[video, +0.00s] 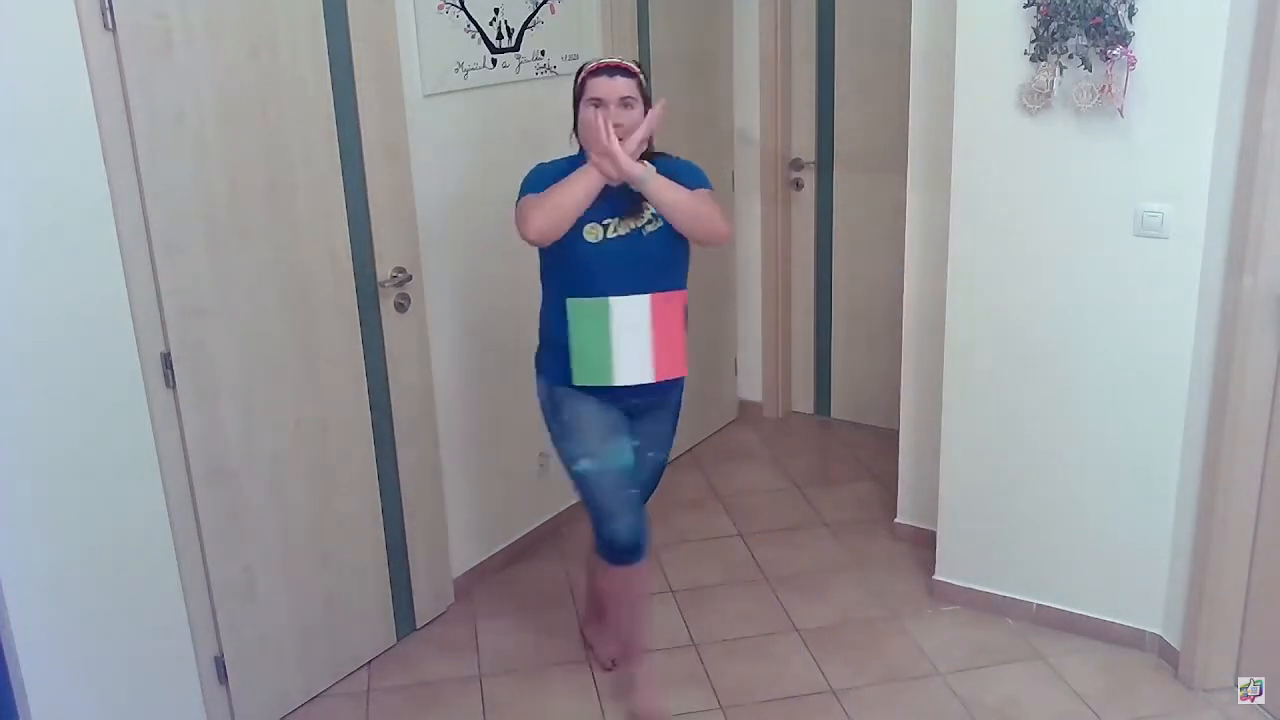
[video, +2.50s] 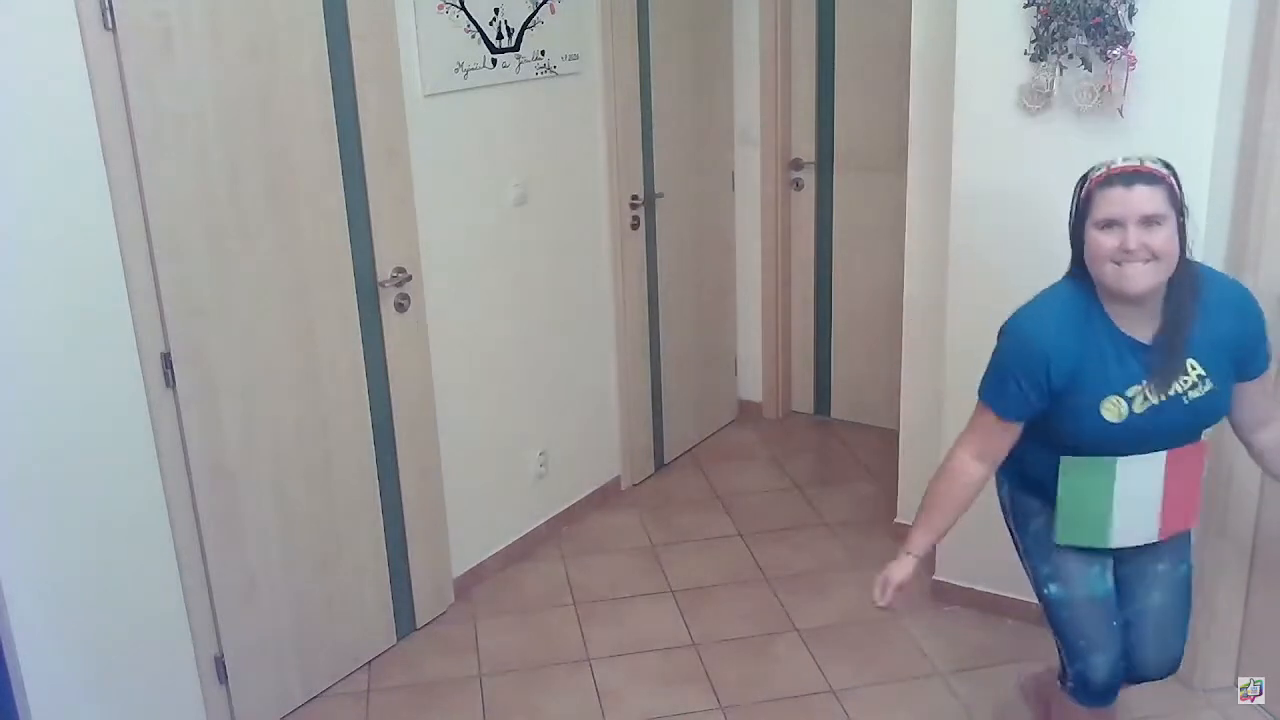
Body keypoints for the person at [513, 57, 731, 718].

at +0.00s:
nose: (611, 117)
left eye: (625, 105)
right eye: (596, 106)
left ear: (647, 114)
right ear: (577, 116)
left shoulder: (676, 173)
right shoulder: (552, 177)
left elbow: (715, 229)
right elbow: (536, 227)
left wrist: (634, 171)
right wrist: (606, 163)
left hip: (658, 382)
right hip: (575, 383)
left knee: (621, 521)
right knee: (625, 532)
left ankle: (598, 616)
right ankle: (635, 670)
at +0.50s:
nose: (707, 104)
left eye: (720, 93)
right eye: (690, 93)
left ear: (740, 106)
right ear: (667, 108)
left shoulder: (770, 166)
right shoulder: (641, 175)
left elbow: (812, 211)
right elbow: (623, 221)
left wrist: (729, 154)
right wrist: (701, 153)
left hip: (763, 393)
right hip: (672, 400)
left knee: (787, 541)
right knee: (703, 549)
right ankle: (710, 676)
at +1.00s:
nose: (855, 131)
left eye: (870, 118)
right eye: (838, 117)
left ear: (893, 135)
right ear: (814, 132)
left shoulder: (918, 209)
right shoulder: (786, 193)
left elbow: (997, 237)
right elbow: (780, 240)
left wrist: (903, 181)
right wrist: (867, 179)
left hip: (905, 431)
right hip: (814, 429)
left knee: (860, 604)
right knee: (813, 585)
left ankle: (847, 711)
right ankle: (897, 646)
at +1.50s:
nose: (980, 110)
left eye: (998, 97)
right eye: (965, 94)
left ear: (1019, 112)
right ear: (938, 105)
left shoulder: (1051, 173)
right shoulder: (900, 175)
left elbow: (1156, 228)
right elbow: (873, 244)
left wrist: (1092, 241)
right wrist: (981, 193)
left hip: (1029, 413)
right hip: (930, 412)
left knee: (1028, 575)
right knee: (941, 563)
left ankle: (1038, 680)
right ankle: (944, 669)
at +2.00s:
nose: (1092, 166)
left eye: (1110, 148)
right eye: (1072, 149)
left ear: (1138, 151)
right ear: (1044, 154)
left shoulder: (1184, 226)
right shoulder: (1001, 231)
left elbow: (1224, 335)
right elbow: (941, 339)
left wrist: (1272, 410)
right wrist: (893, 436)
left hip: (1119, 446)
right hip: (1016, 444)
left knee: (1069, 604)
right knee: (1056, 614)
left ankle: (1036, 693)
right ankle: (1065, 715)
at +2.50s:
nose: (1132, 242)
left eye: (1152, 223)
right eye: (1109, 225)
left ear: (1181, 234)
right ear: (1081, 241)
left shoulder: (1227, 311)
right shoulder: (1040, 335)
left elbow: (1265, 425)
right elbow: (974, 456)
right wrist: (913, 551)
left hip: (1163, 491)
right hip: (1056, 497)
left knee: (1154, 660)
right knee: (1099, 675)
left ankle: (1052, 689)